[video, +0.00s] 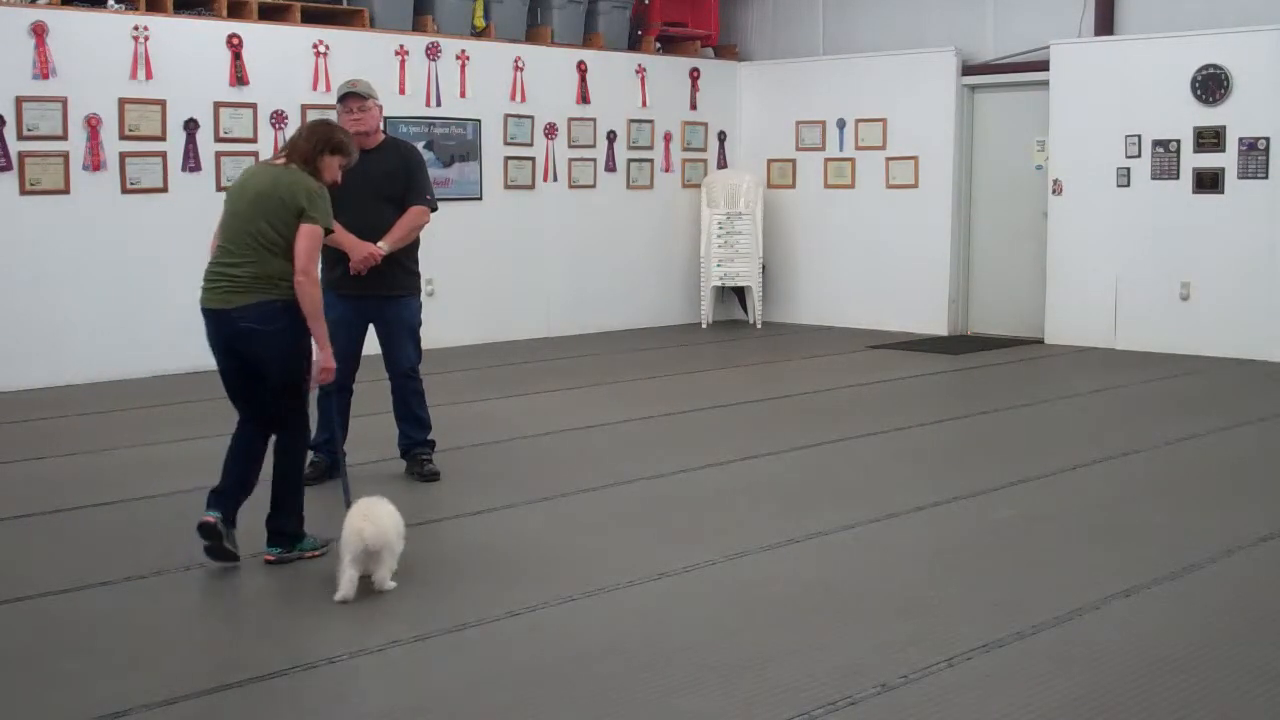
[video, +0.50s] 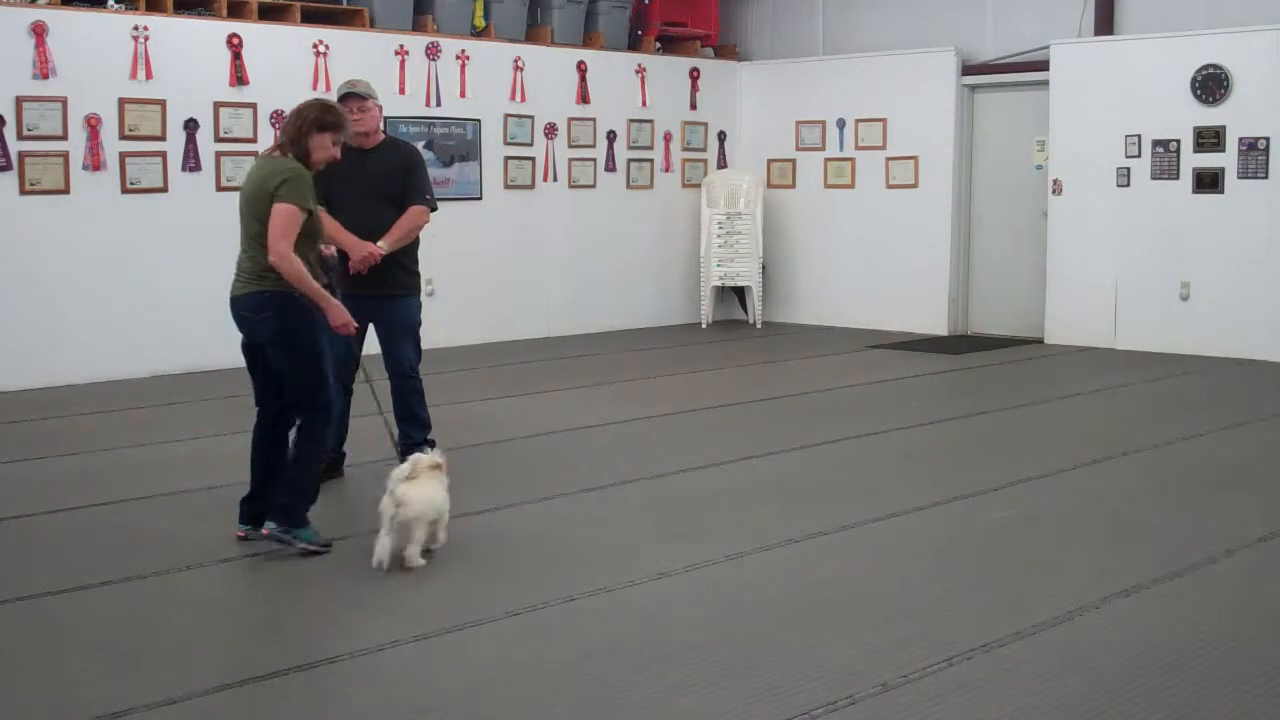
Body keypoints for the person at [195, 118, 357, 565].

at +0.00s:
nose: (340, 176)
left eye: (345, 167)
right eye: (340, 165)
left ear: (297, 151)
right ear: (318, 153)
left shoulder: (250, 176)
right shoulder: (314, 194)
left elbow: (218, 245)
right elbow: (305, 276)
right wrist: (324, 347)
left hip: (220, 312)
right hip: (273, 314)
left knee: (255, 417)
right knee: (293, 424)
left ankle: (219, 512)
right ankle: (286, 537)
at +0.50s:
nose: (336, 156)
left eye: (339, 147)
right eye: (332, 145)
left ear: (297, 137)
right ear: (308, 136)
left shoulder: (263, 168)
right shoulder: (294, 177)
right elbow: (279, 251)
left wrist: (328, 246)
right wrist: (329, 305)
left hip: (251, 301)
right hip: (283, 303)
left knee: (275, 409)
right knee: (321, 408)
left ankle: (256, 514)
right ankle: (289, 519)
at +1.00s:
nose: (341, 149)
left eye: (344, 141)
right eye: (338, 140)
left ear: (306, 133)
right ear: (315, 133)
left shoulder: (276, 169)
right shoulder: (301, 179)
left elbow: (316, 228)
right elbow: (290, 255)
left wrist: (353, 246)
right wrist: (345, 255)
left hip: (274, 299)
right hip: (299, 303)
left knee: (269, 409)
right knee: (313, 412)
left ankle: (256, 513)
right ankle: (315, 519)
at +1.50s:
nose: (344, 147)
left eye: (346, 139)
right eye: (340, 138)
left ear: (312, 133)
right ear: (316, 132)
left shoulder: (277, 170)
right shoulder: (302, 176)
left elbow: (293, 238)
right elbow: (297, 253)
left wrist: (339, 219)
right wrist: (341, 224)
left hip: (272, 299)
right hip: (299, 302)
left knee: (266, 409)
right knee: (311, 412)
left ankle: (256, 514)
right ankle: (316, 519)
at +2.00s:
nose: (336, 144)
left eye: (338, 136)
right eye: (333, 134)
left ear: (302, 131)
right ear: (308, 131)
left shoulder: (276, 170)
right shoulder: (294, 176)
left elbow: (294, 238)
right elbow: (287, 252)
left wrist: (338, 244)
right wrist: (334, 221)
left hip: (274, 298)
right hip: (295, 302)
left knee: (266, 408)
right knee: (310, 411)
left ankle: (256, 515)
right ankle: (316, 519)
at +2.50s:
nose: (334, 144)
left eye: (335, 135)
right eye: (331, 134)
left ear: (301, 132)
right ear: (308, 132)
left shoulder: (279, 171)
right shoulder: (290, 176)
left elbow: (310, 234)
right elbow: (296, 253)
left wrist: (339, 258)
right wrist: (334, 271)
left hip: (276, 299)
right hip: (293, 302)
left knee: (268, 410)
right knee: (318, 412)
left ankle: (255, 514)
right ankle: (316, 519)